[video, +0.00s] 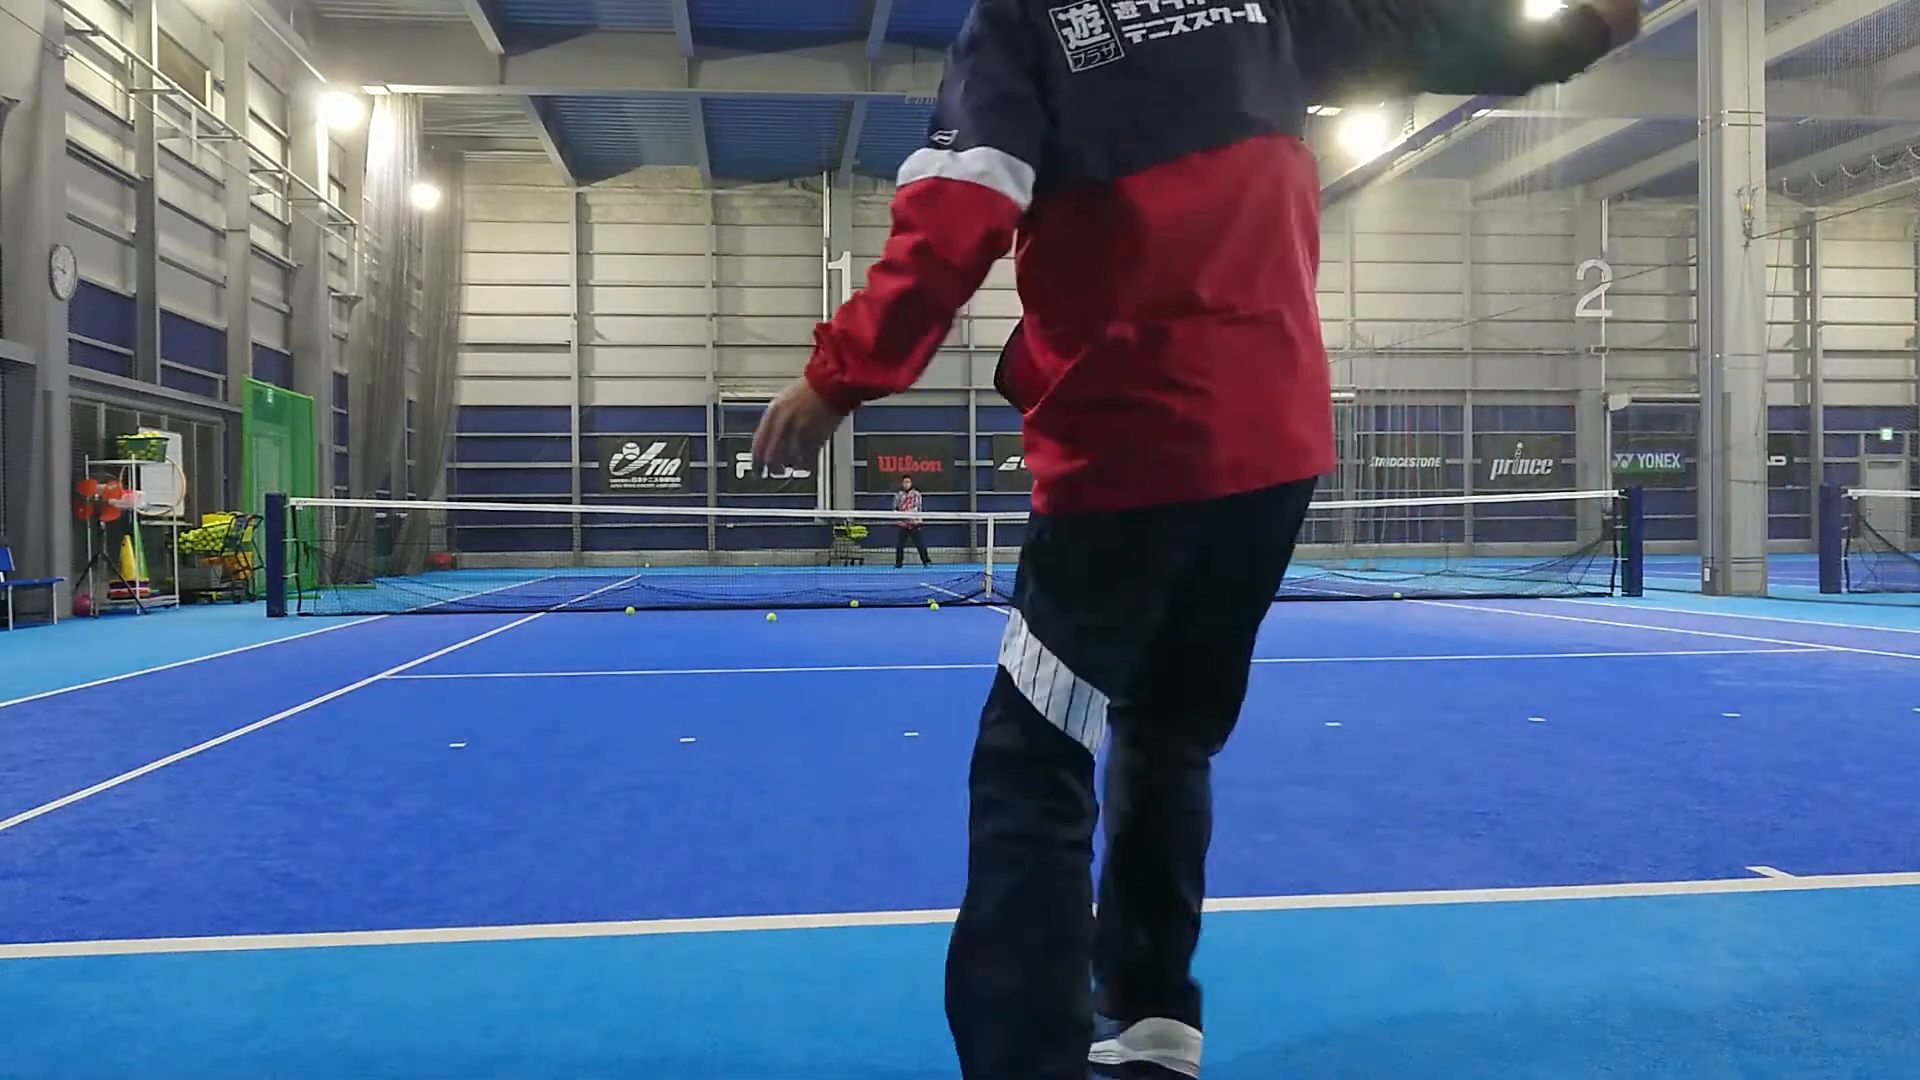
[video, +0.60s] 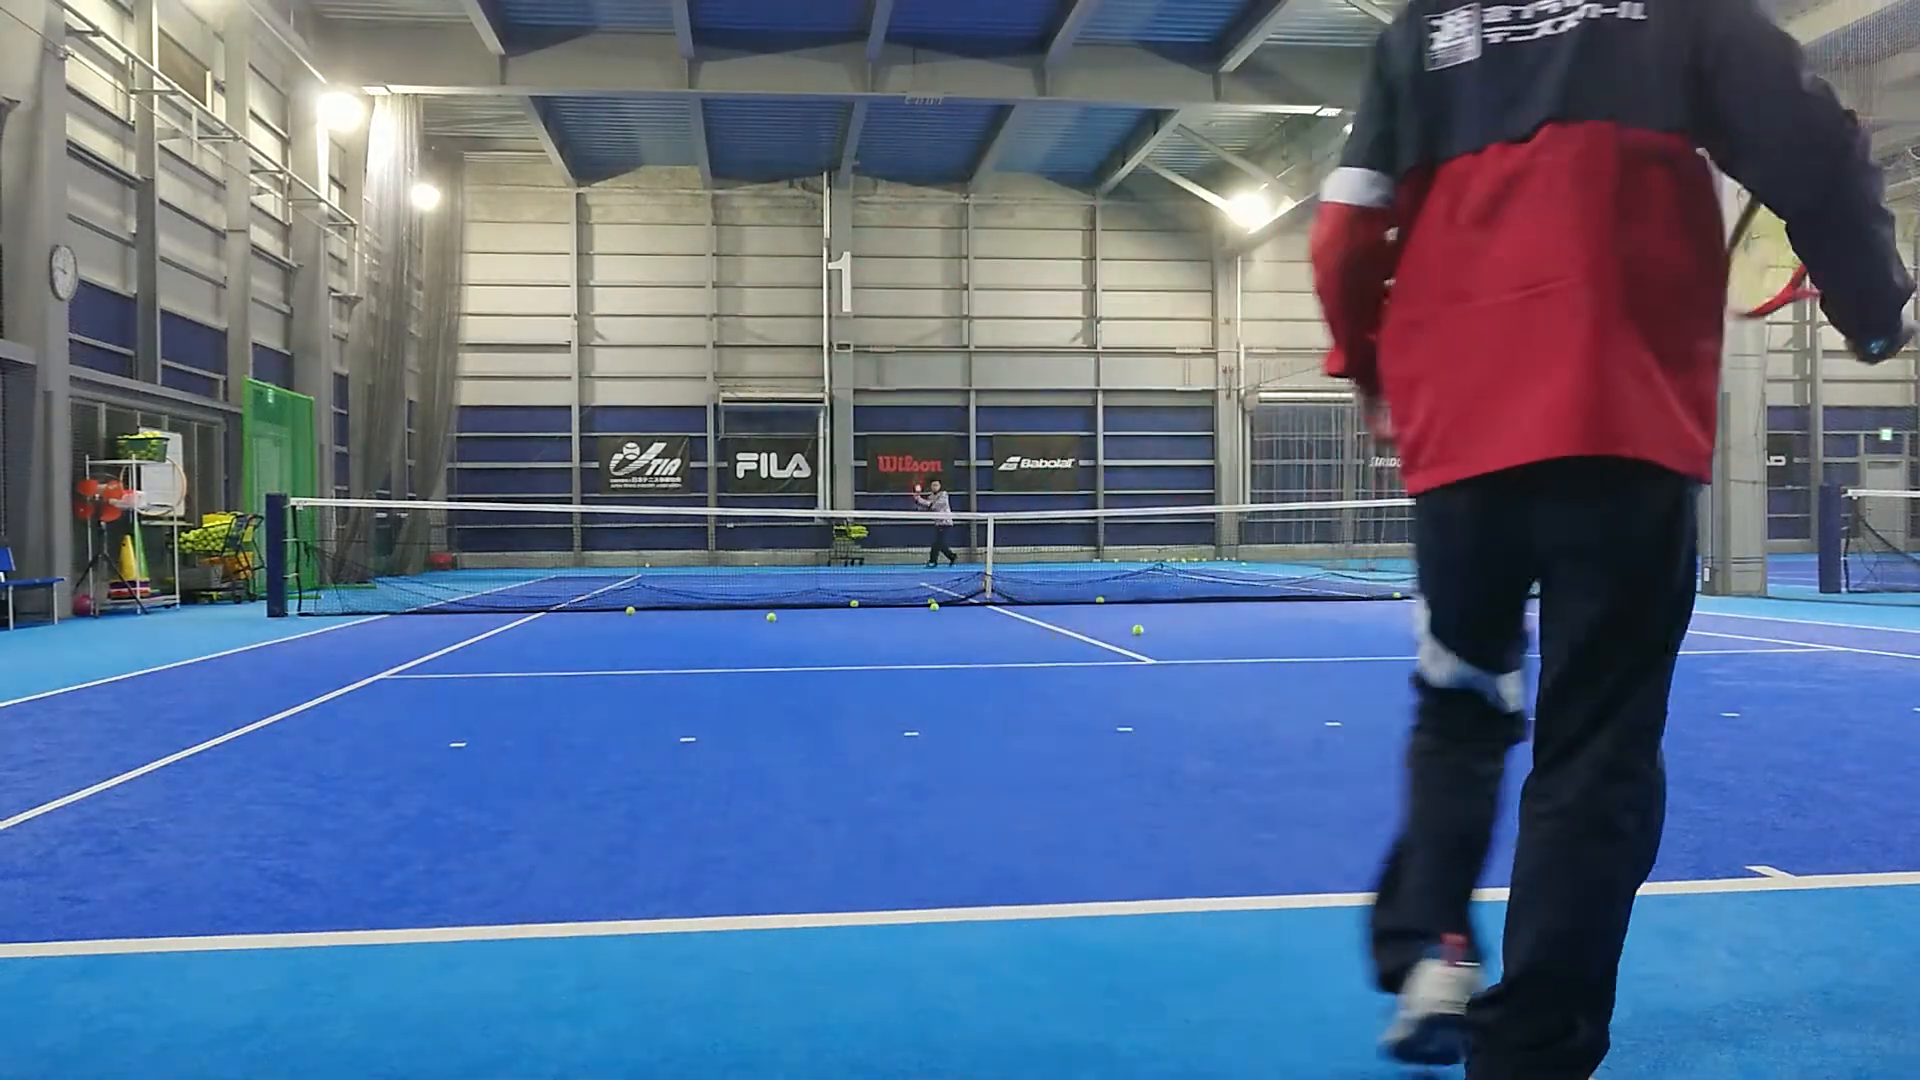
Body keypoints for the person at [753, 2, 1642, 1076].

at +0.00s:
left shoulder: (1019, 25)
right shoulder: (1274, 14)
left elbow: (955, 221)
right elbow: (1449, 39)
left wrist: (831, 380)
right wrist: (1585, 26)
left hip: (1127, 441)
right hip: (1278, 432)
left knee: (1033, 751)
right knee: (1168, 737)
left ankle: (1027, 1064)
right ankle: (1155, 1026)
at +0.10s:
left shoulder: (1032, 17)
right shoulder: (1302, 11)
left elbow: (948, 199)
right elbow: (1488, 65)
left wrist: (829, 359)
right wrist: (1663, 55)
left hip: (1131, 439)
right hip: (1303, 432)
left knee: (1052, 754)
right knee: (1236, 727)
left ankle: (1025, 1058)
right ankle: (1255, 1011)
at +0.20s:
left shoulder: (1066, 14)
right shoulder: (1345, 9)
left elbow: (975, 189)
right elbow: (1531, 71)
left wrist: (885, 336)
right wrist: (1729, 103)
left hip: (1143, 446)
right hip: (1330, 439)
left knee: (1082, 764)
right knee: (1327, 720)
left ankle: (1030, 1061)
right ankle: (1396, 1029)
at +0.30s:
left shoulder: (1129, 14)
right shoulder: (1409, 17)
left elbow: (1044, 193)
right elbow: (1594, 91)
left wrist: (978, 331)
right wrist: (1803, 141)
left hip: (1179, 457)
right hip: (1380, 457)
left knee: (1115, 771)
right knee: (1438, 760)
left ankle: (1035, 1057)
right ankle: (1499, 1049)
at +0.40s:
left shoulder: (1233, 32)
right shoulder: (1508, 18)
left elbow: (1142, 196)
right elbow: (1678, 119)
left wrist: (1092, 348)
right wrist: (1860, 190)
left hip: (1273, 461)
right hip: (1475, 463)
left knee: (1187, 749)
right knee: (1525, 776)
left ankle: (1061, 1037)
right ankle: (1529, 1060)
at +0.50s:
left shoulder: (1337, 33)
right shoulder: (1604, 14)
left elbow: (1240, 239)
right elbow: (1759, 137)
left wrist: (1230, 373)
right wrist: (1892, 256)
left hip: (1385, 437)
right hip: (1569, 433)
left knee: (1317, 713)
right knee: (1586, 762)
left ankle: (1210, 958)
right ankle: (1540, 1053)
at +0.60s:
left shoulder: (1420, 28)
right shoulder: (1687, 11)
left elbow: (1342, 240)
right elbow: (1815, 143)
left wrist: (1376, 364)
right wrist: (1872, 309)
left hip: (1458, 417)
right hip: (1624, 409)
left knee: (1460, 701)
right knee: (1596, 742)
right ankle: (1534, 1052)